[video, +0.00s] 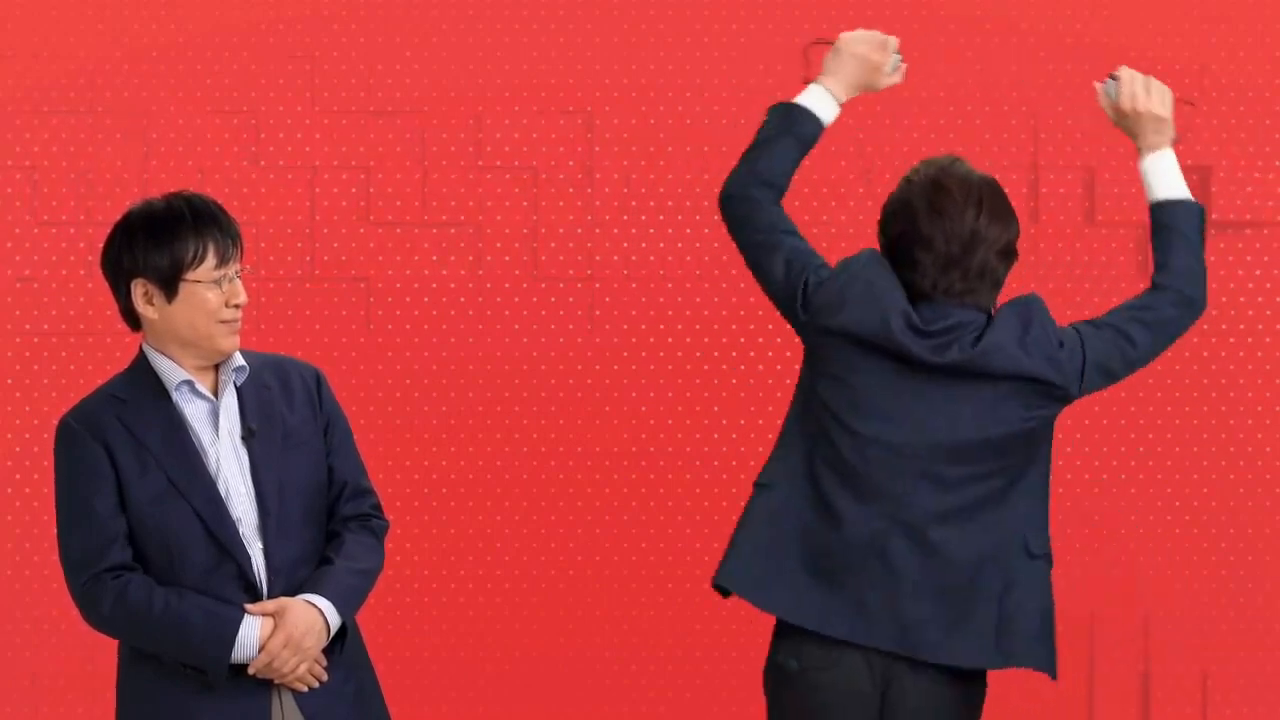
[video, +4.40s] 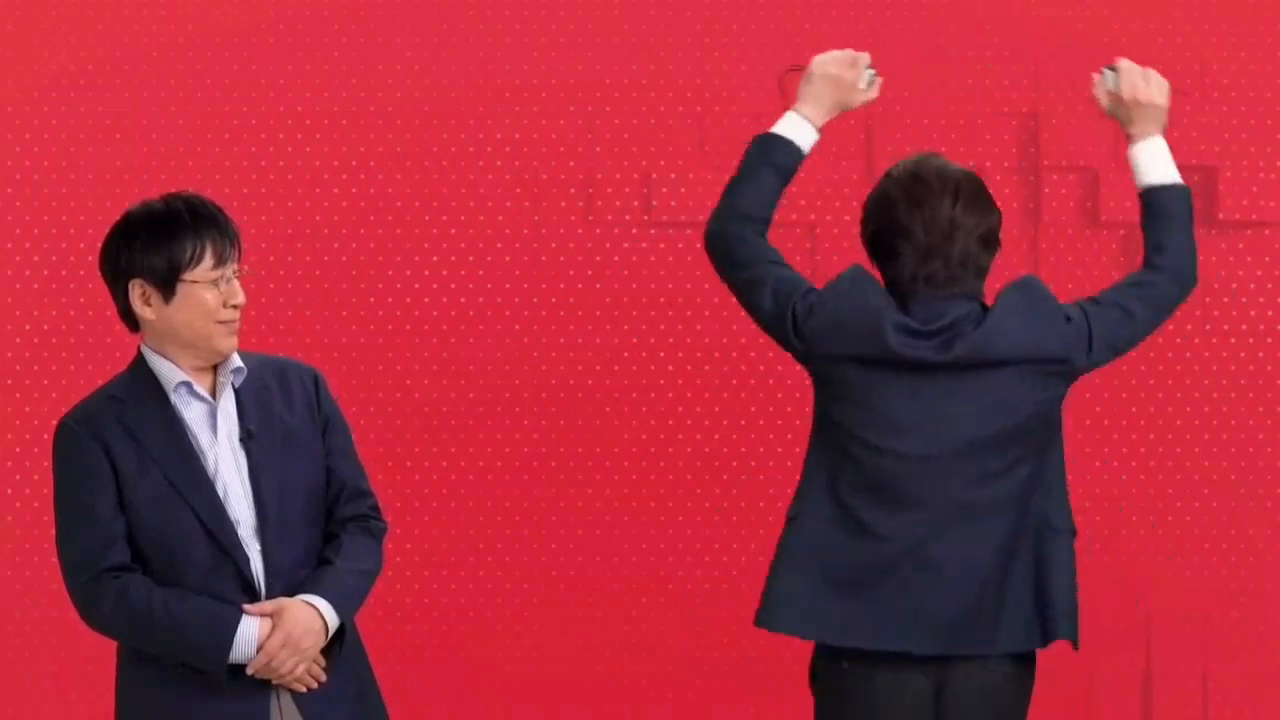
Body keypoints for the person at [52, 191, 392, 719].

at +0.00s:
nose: (239, 297)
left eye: (237, 278)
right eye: (215, 282)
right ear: (148, 300)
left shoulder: (302, 388)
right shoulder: (93, 432)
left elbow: (362, 523)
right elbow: (104, 590)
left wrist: (321, 612)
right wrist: (251, 639)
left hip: (335, 700)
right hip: (192, 708)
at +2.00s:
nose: (233, 298)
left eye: (232, 278)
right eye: (210, 282)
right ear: (143, 300)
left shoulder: (296, 388)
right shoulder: (89, 433)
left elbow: (357, 522)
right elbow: (101, 591)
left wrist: (317, 611)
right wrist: (248, 638)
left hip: (330, 699)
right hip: (190, 707)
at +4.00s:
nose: (239, 298)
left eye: (237, 278)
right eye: (216, 283)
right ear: (148, 300)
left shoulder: (302, 389)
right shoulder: (93, 433)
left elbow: (363, 525)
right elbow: (104, 591)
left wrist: (320, 613)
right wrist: (252, 640)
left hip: (334, 700)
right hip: (193, 707)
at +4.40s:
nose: (237, 298)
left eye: (235, 278)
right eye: (213, 282)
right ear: (146, 300)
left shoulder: (300, 389)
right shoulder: (91, 434)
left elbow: (361, 526)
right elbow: (102, 591)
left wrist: (319, 612)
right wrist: (251, 640)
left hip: (333, 700)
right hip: (192, 707)